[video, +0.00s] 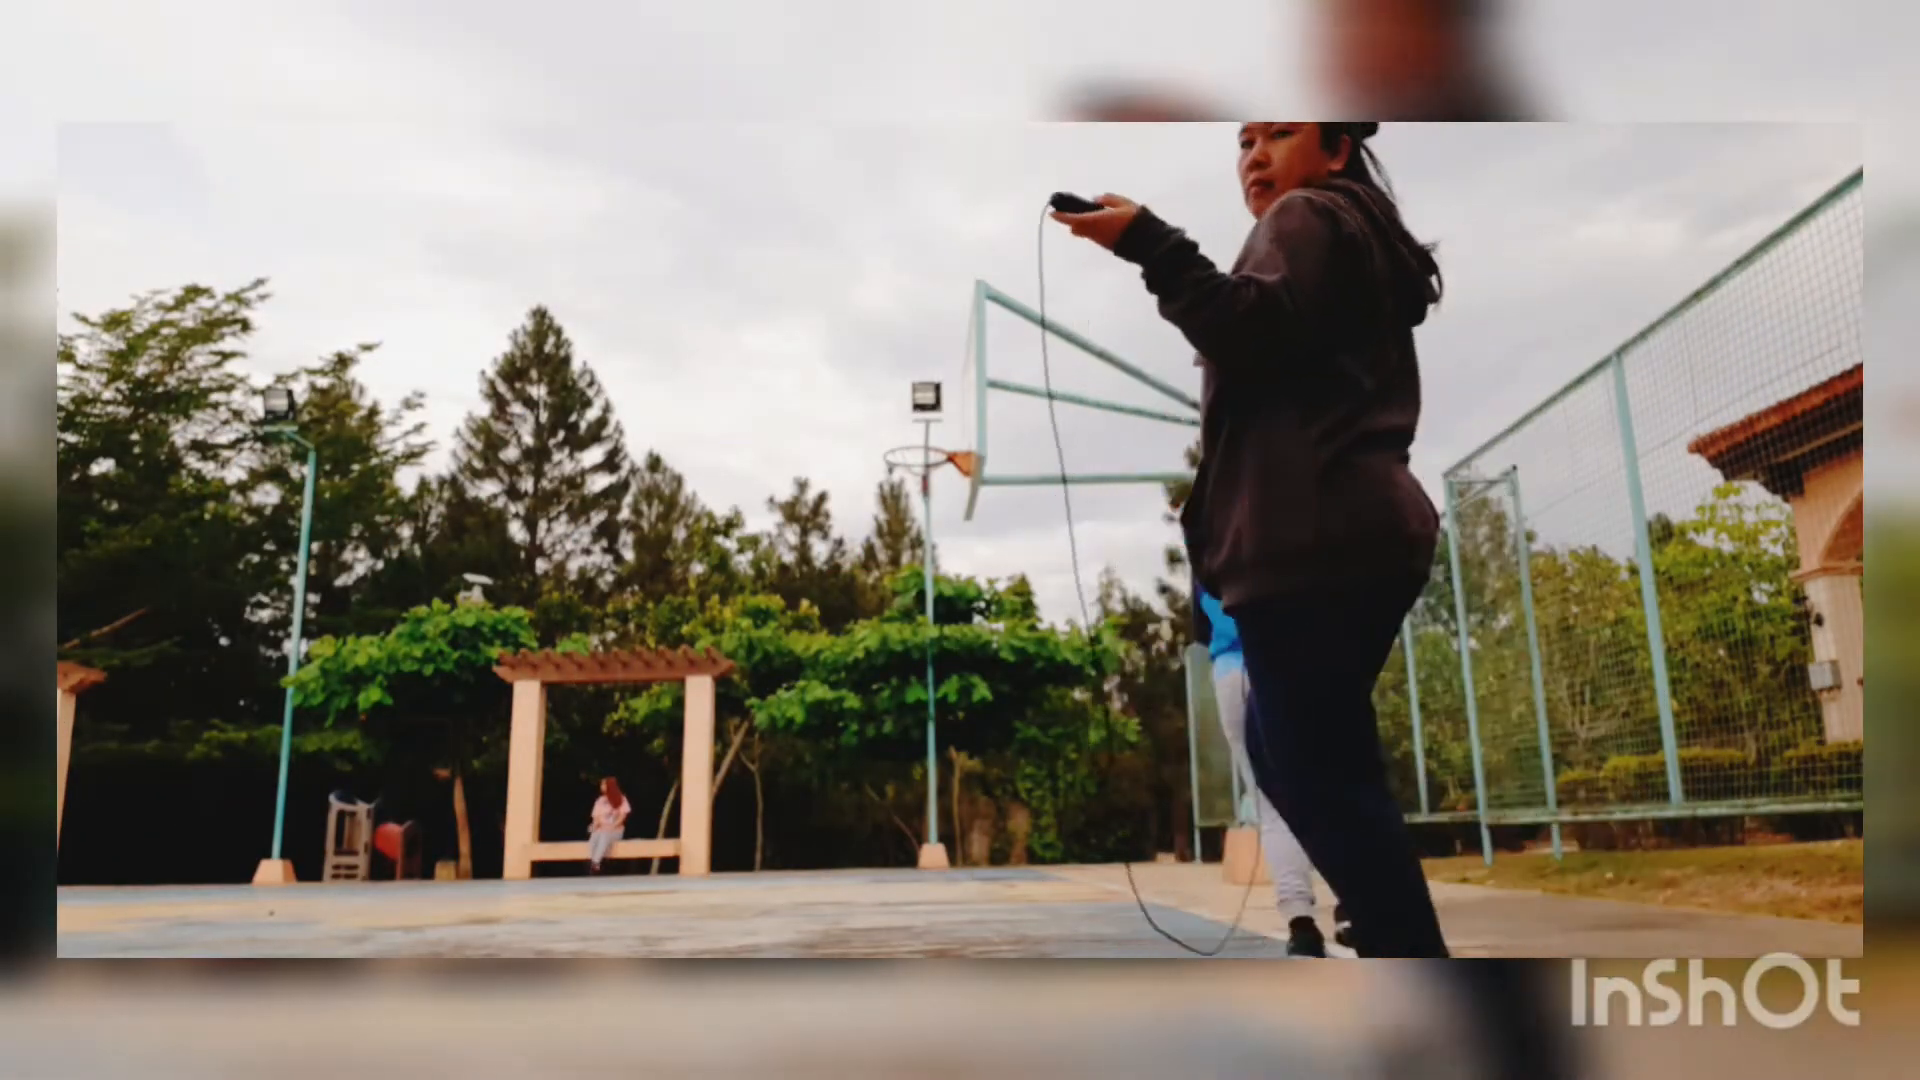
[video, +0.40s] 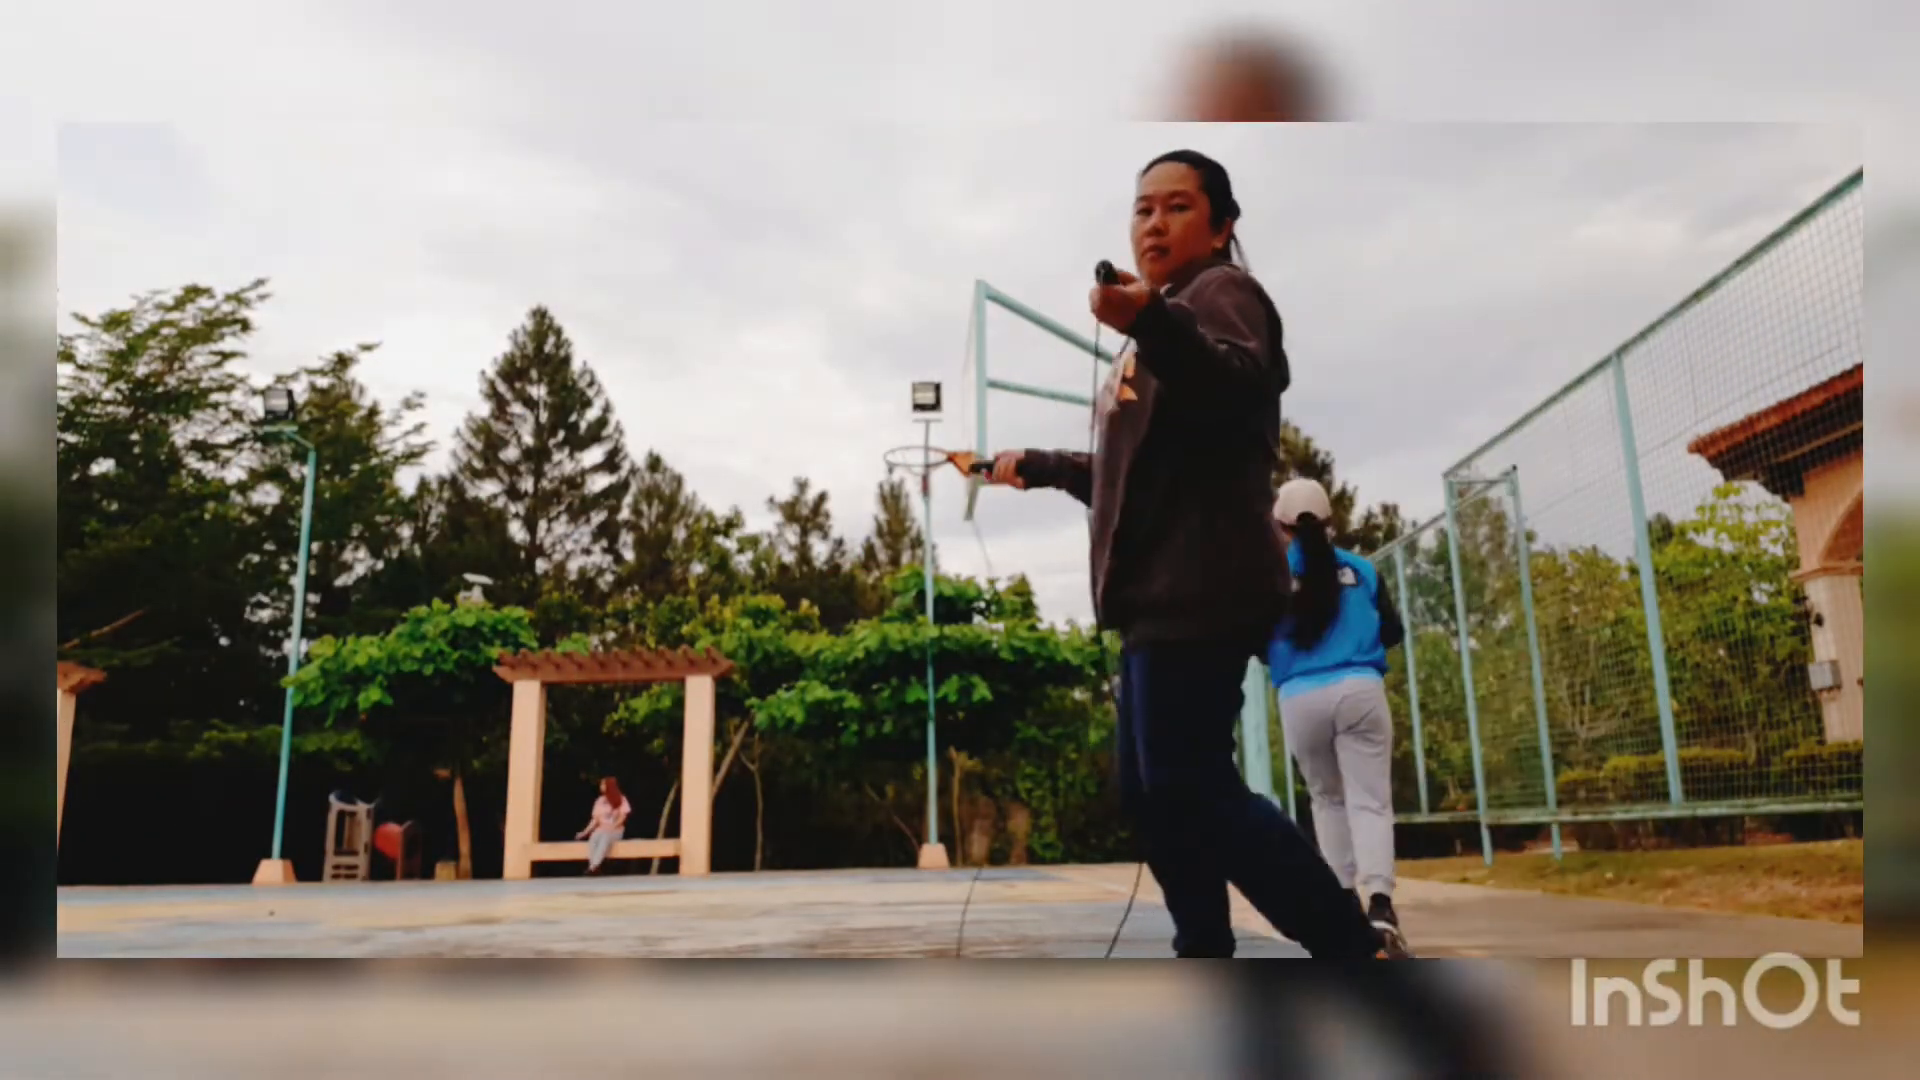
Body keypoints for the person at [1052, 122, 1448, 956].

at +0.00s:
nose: (1250, 156)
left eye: (1273, 135)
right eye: (1245, 143)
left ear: (1334, 148)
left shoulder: (1311, 219)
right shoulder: (1359, 226)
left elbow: (1254, 334)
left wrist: (1148, 239)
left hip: (1309, 536)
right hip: (1366, 528)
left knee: (1314, 757)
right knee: (1287, 746)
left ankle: (1411, 961)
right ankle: (1391, 938)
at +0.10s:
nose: (1233, 166)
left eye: (1255, 147)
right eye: (1223, 154)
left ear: (1309, 164)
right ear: (1212, 169)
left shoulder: (1290, 232)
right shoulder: (1294, 237)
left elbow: (1245, 340)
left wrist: (1141, 244)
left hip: (1297, 552)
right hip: (1287, 553)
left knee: (1321, 772)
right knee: (1256, 771)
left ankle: (1413, 974)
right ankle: (1294, 970)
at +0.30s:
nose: (1176, 213)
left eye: (1198, 196)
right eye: (1165, 200)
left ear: (1246, 214)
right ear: (1154, 215)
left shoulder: (1237, 279)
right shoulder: (1194, 300)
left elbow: (1231, 377)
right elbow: (1178, 443)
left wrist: (1142, 290)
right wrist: (1094, 444)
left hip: (1224, 584)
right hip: (1175, 589)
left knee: (1255, 786)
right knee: (1166, 785)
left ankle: (1386, 956)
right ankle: (1210, 961)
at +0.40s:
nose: (1154, 222)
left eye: (1176, 206)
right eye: (1143, 210)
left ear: (1218, 224)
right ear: (1131, 227)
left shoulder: (1224, 292)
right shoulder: (1161, 316)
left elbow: (1238, 381)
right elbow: (1136, 470)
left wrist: (1151, 320)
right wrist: (1035, 466)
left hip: (1202, 584)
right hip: (1156, 585)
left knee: (1189, 784)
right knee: (1149, 788)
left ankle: (1355, 949)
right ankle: (1207, 964)